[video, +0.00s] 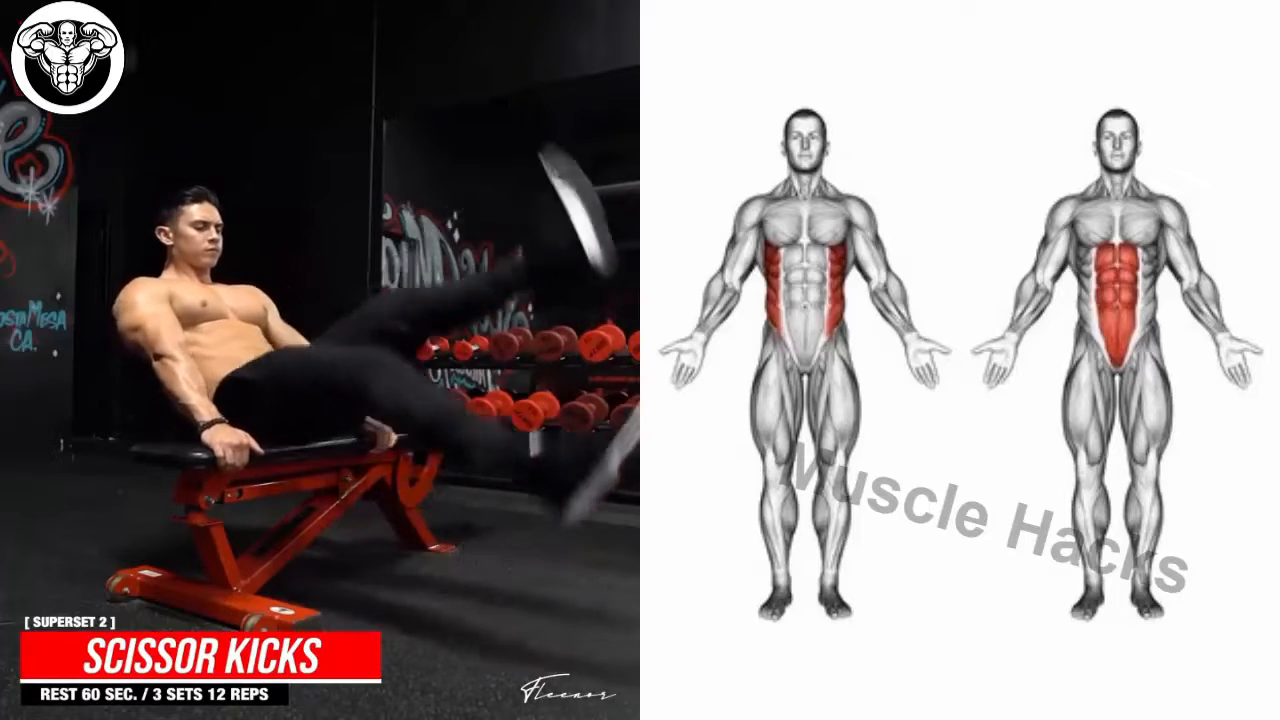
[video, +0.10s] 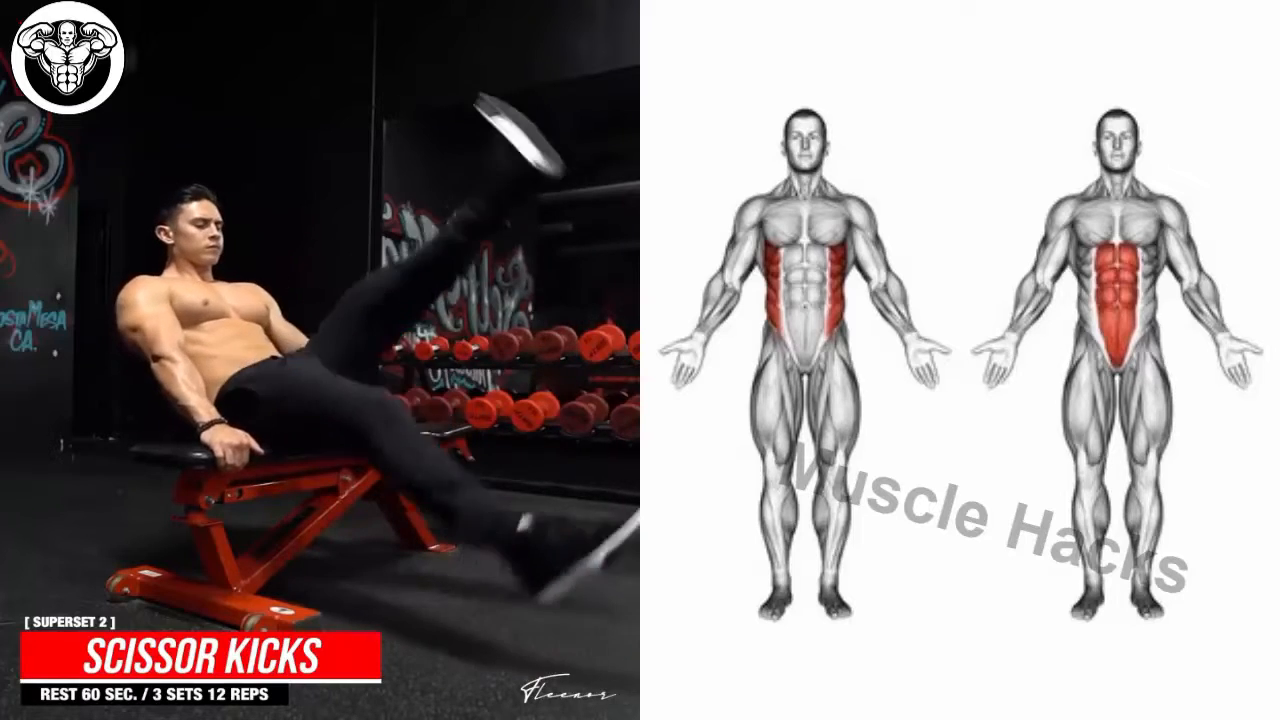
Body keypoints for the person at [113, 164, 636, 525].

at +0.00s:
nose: (212, 236)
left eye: (216, 227)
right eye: (199, 227)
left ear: (219, 237)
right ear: (166, 236)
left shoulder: (249, 295)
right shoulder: (143, 293)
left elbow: (310, 354)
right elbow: (168, 359)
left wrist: (364, 416)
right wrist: (210, 424)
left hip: (298, 378)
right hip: (241, 394)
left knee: (389, 312)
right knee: (372, 369)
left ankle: (540, 263)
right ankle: (547, 464)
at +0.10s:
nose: (213, 233)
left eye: (217, 225)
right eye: (199, 224)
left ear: (219, 236)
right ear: (166, 233)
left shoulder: (250, 293)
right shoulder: (145, 291)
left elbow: (311, 350)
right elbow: (167, 360)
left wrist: (368, 389)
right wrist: (210, 423)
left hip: (309, 370)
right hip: (250, 386)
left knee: (376, 297)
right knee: (377, 407)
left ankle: (500, 194)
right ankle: (520, 540)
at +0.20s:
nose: (214, 231)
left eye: (217, 223)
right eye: (199, 222)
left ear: (220, 235)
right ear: (166, 233)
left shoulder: (250, 294)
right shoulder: (144, 291)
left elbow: (311, 349)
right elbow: (163, 357)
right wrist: (208, 424)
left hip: (303, 368)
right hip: (250, 385)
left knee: (376, 288)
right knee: (369, 415)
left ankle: (499, 179)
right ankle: (498, 566)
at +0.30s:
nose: (212, 231)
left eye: (215, 223)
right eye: (197, 222)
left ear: (217, 235)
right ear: (164, 233)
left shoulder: (249, 294)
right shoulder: (142, 291)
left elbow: (309, 350)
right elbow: (165, 357)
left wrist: (373, 387)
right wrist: (208, 423)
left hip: (293, 375)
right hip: (237, 388)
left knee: (380, 304)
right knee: (363, 389)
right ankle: (514, 514)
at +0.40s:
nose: (209, 232)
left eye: (212, 224)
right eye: (195, 223)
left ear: (215, 234)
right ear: (162, 235)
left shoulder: (249, 292)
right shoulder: (141, 293)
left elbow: (304, 355)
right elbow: (167, 358)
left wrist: (352, 410)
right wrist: (210, 421)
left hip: (294, 393)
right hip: (240, 402)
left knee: (401, 326)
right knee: (361, 346)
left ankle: (557, 364)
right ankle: (527, 387)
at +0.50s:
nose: (208, 229)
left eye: (212, 221)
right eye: (193, 222)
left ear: (217, 231)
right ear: (162, 235)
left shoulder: (252, 292)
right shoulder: (142, 294)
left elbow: (309, 355)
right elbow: (166, 362)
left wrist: (366, 417)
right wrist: (210, 424)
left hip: (307, 396)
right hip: (244, 405)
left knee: (428, 379)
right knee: (338, 302)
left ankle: (563, 486)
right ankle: (518, 266)